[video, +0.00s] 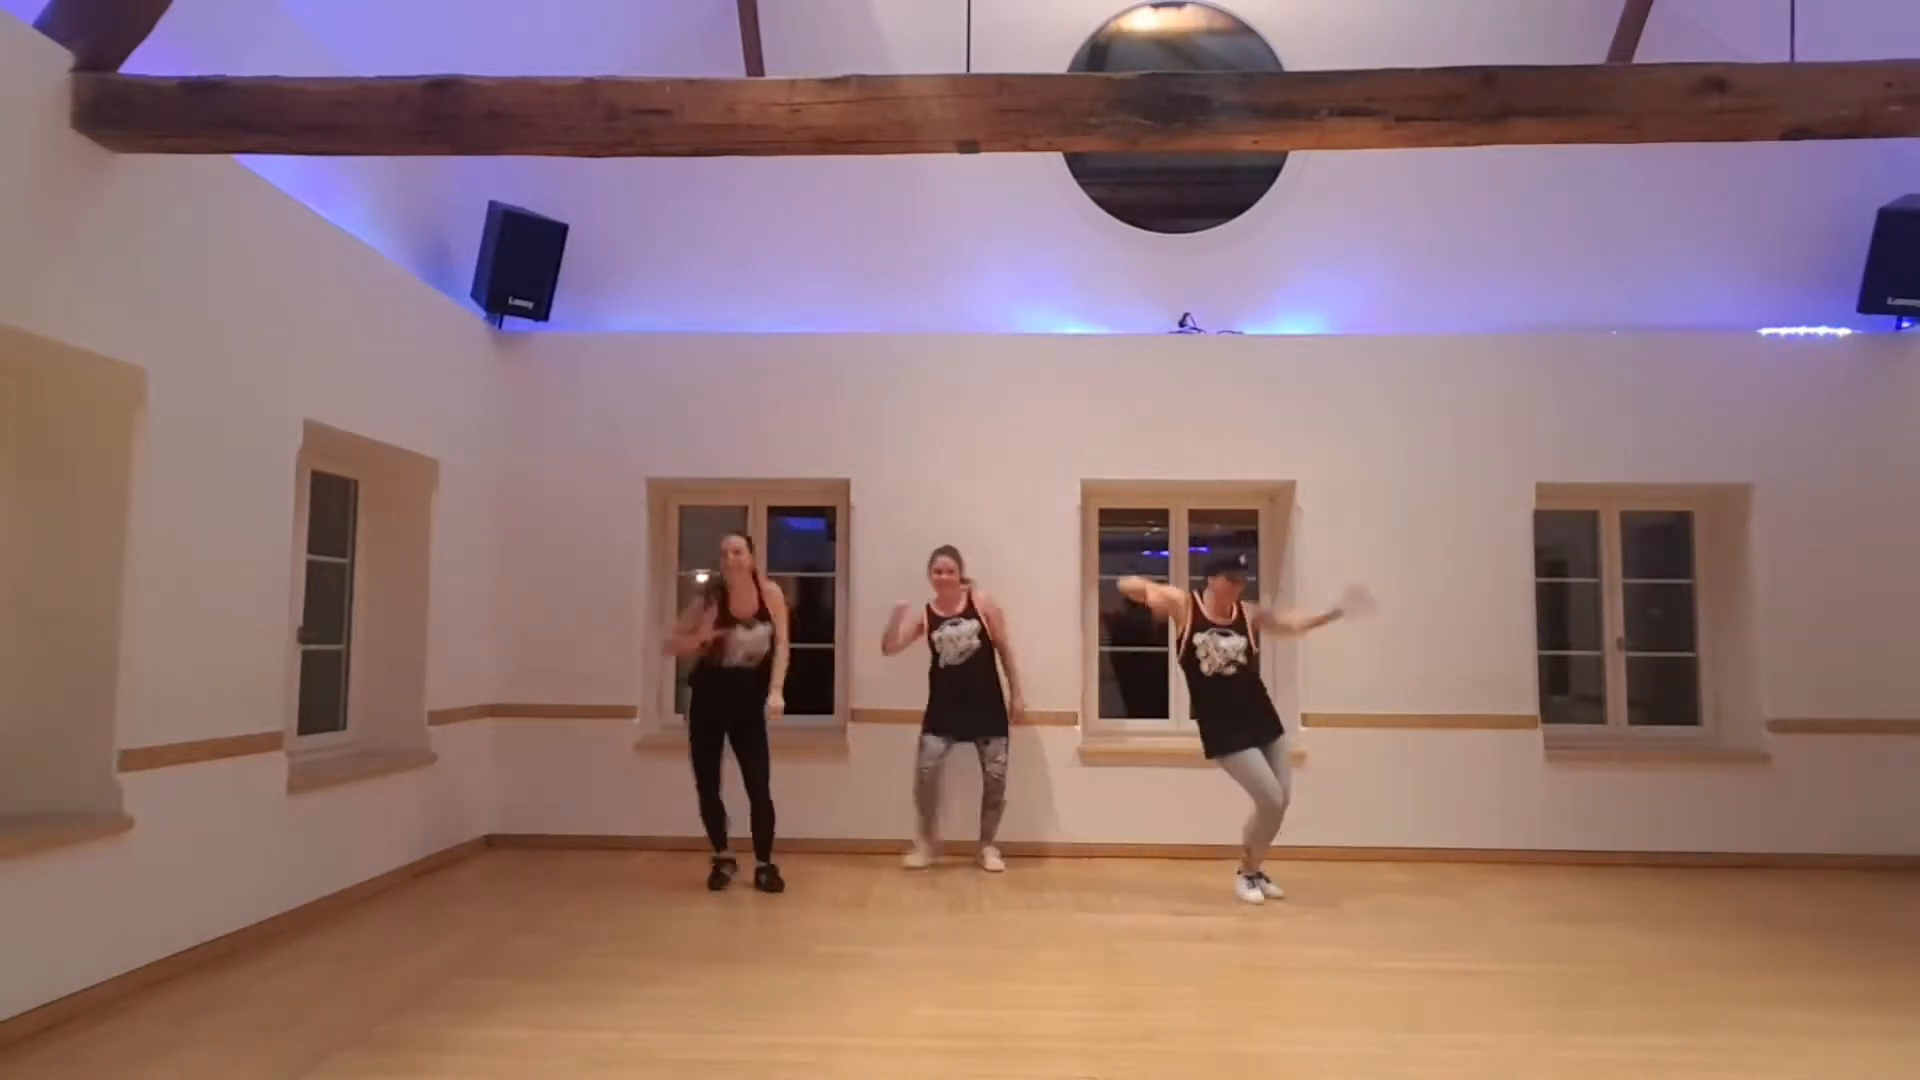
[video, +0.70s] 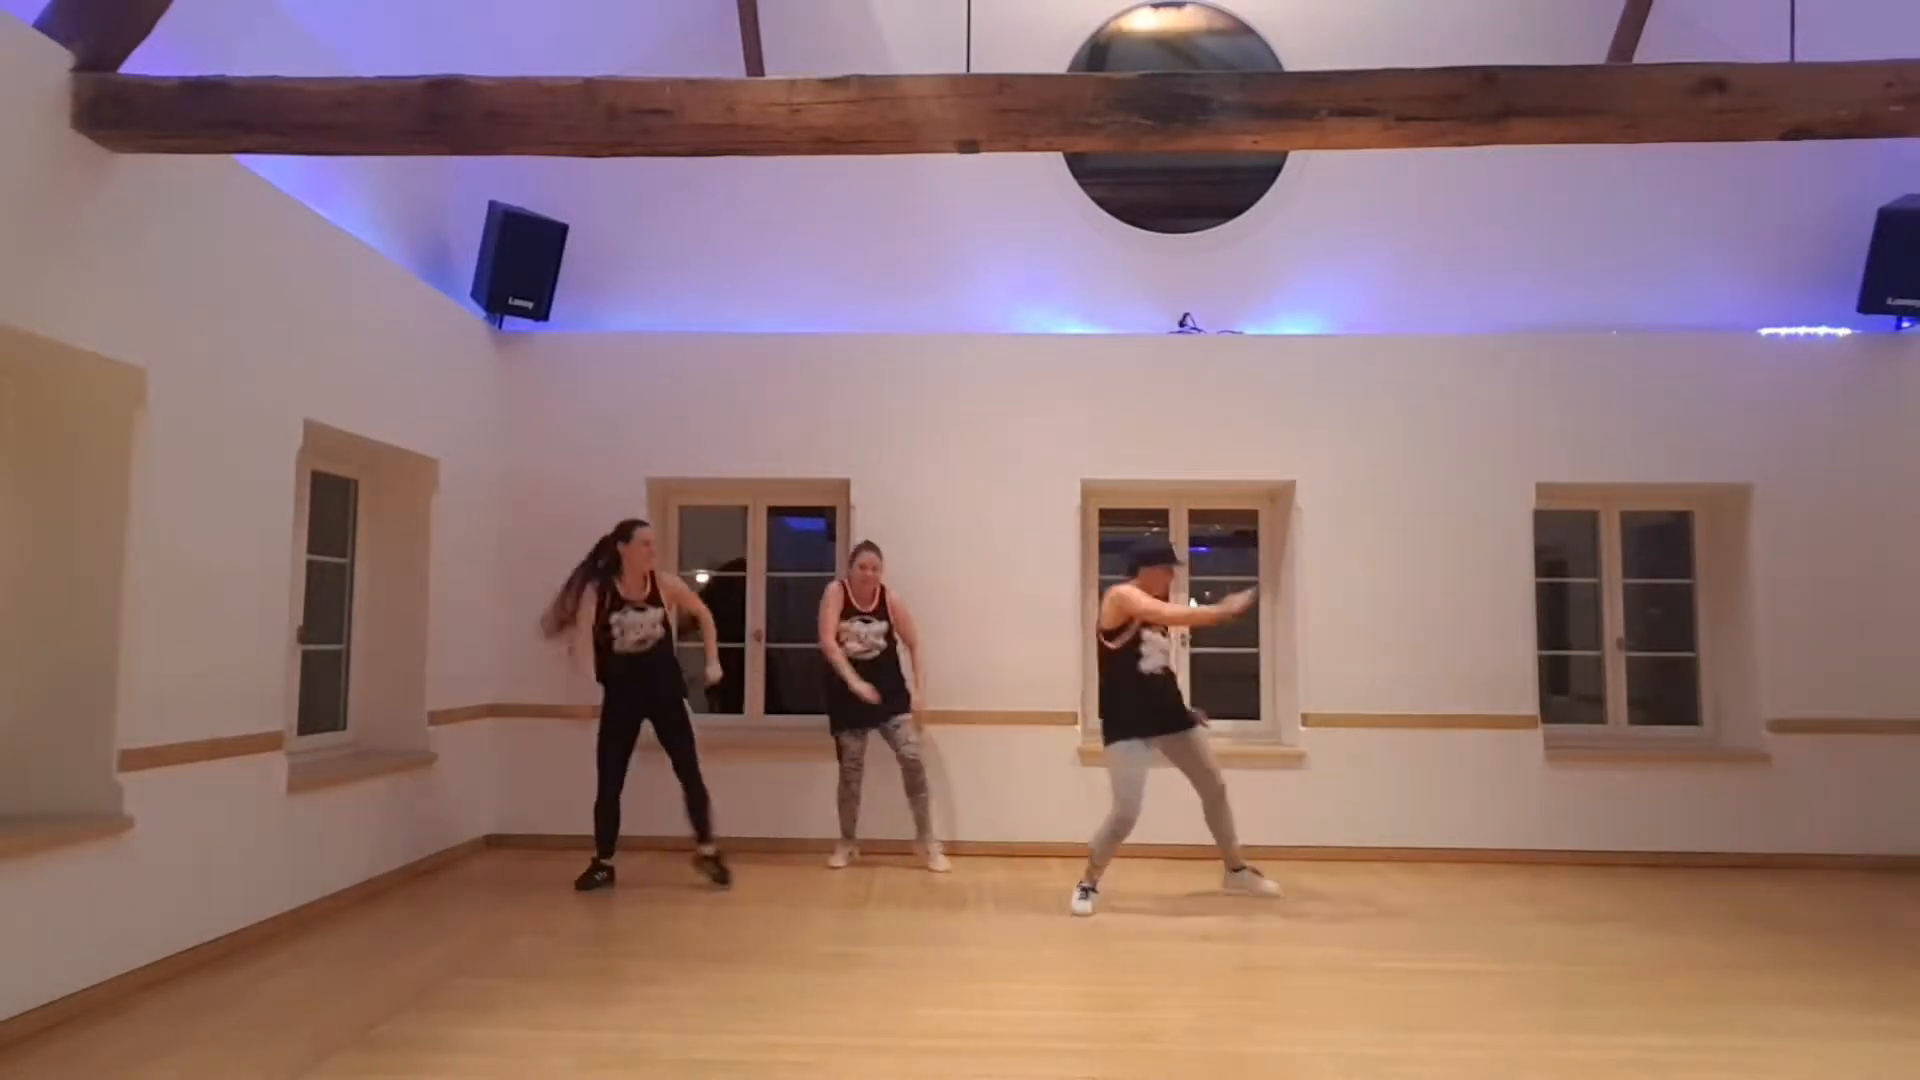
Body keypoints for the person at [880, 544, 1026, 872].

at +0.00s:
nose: (943, 577)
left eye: (950, 571)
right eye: (937, 572)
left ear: (961, 574)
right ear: (929, 576)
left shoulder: (982, 603)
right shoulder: (927, 613)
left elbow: (1004, 649)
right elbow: (889, 648)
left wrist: (1016, 694)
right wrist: (896, 621)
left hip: (986, 701)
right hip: (944, 703)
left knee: (996, 775)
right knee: (926, 769)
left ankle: (988, 845)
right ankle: (927, 843)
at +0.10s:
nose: (931, 578)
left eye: (937, 572)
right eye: (925, 572)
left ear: (947, 573)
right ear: (915, 574)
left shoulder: (966, 600)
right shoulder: (911, 609)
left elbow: (990, 639)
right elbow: (887, 637)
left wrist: (1013, 678)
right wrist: (920, 616)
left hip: (980, 696)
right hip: (937, 699)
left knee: (989, 771)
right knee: (908, 767)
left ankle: (988, 845)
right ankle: (882, 841)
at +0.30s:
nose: (906, 589)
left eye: (911, 584)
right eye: (900, 582)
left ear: (917, 587)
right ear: (885, 582)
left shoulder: (927, 616)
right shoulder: (873, 606)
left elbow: (964, 649)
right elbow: (888, 631)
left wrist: (1002, 682)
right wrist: (935, 635)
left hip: (947, 700)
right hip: (906, 705)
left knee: (968, 771)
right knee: (887, 778)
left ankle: (983, 842)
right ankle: (851, 842)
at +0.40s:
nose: (893, 593)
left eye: (898, 587)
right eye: (887, 586)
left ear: (902, 589)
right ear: (871, 585)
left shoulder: (904, 619)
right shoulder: (857, 605)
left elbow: (941, 658)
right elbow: (883, 629)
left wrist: (981, 694)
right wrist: (927, 640)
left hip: (924, 701)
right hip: (883, 710)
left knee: (956, 767)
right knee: (868, 779)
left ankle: (981, 841)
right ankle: (848, 843)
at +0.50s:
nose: (883, 592)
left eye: (888, 586)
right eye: (877, 585)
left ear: (892, 586)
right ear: (860, 583)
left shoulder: (893, 616)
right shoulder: (845, 604)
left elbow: (920, 663)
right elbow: (874, 632)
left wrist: (947, 702)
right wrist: (911, 655)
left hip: (906, 698)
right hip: (865, 704)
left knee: (945, 759)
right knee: (858, 776)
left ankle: (969, 840)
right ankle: (847, 843)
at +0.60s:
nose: (873, 584)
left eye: (878, 578)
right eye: (867, 577)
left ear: (884, 579)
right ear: (853, 576)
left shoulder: (890, 607)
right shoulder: (839, 599)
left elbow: (909, 655)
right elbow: (853, 642)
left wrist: (927, 702)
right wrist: (888, 672)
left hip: (896, 698)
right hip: (855, 701)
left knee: (932, 758)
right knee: (851, 774)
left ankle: (949, 841)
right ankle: (846, 843)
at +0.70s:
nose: (869, 575)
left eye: (874, 569)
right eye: (863, 568)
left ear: (882, 571)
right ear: (850, 569)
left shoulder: (888, 599)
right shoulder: (836, 592)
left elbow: (912, 642)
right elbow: (828, 641)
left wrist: (918, 691)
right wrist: (854, 681)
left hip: (888, 689)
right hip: (846, 690)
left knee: (913, 759)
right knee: (850, 768)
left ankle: (927, 842)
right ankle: (847, 842)